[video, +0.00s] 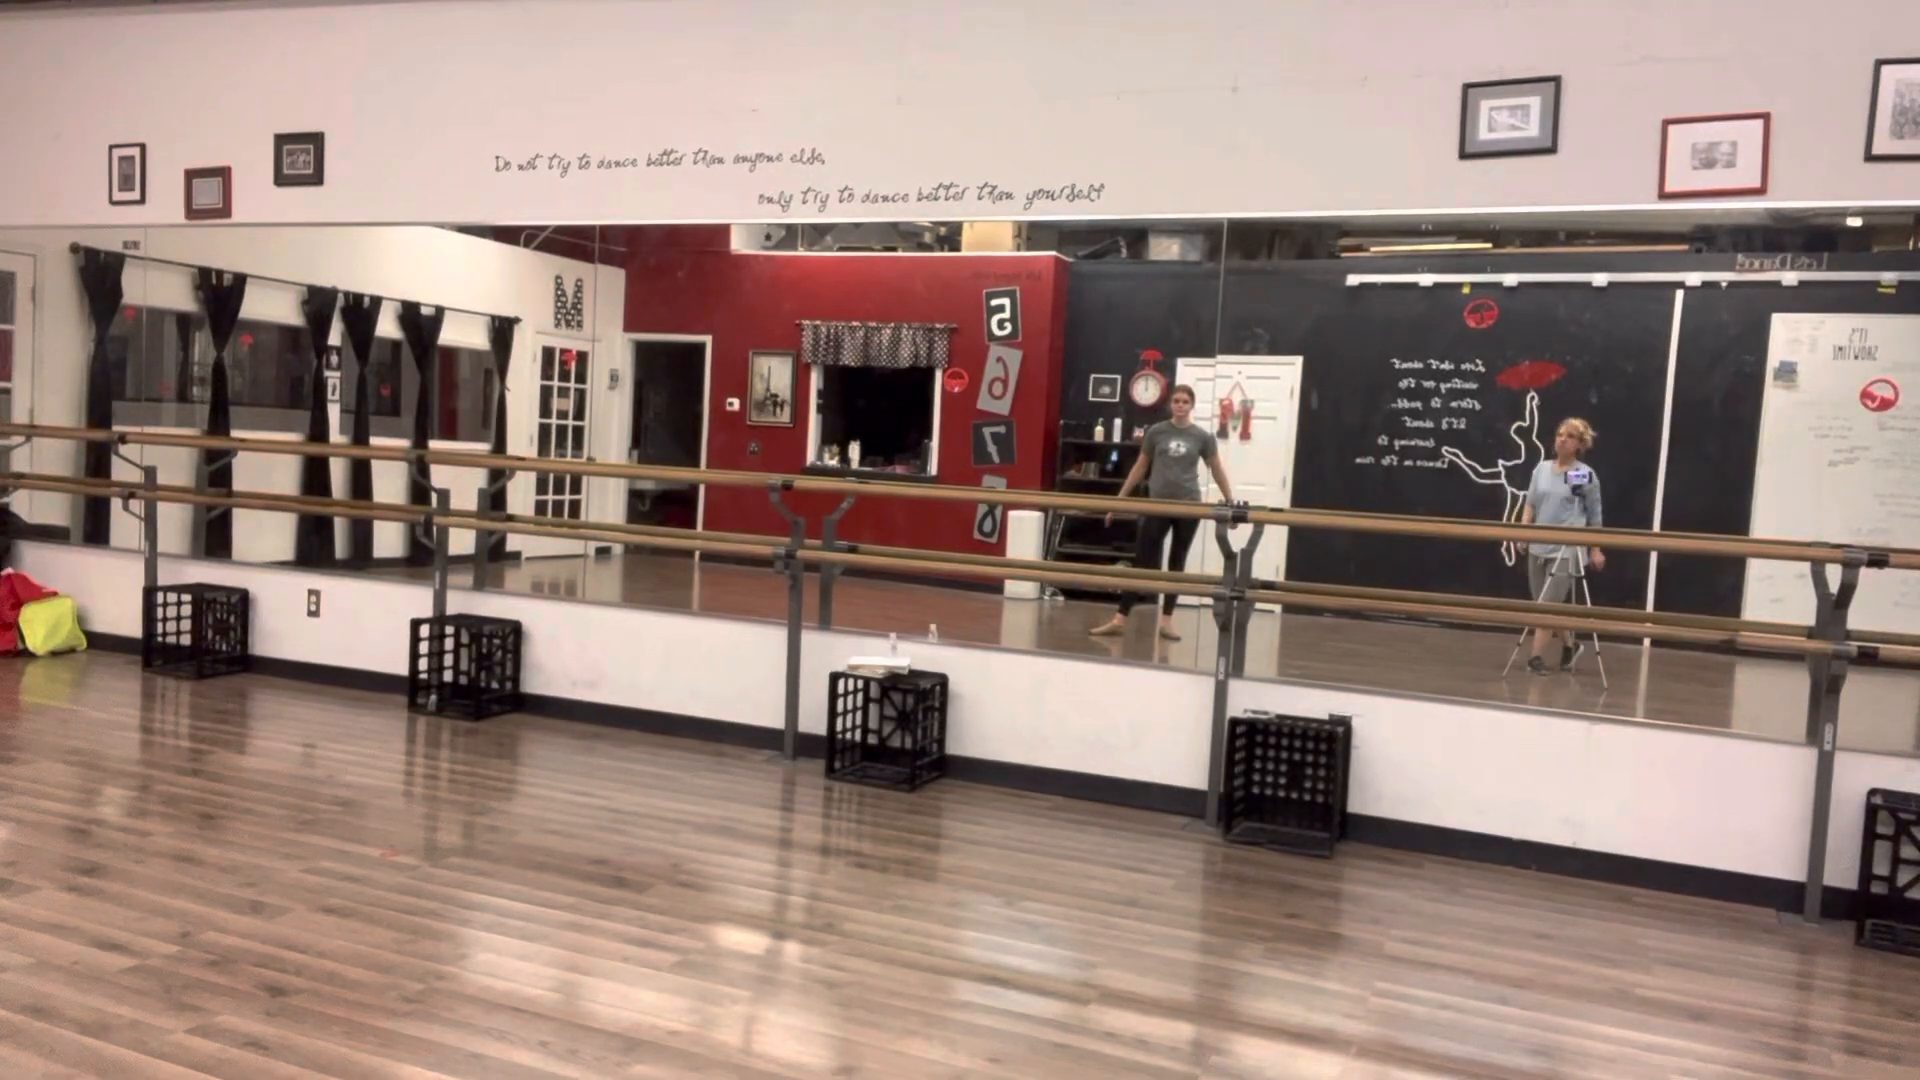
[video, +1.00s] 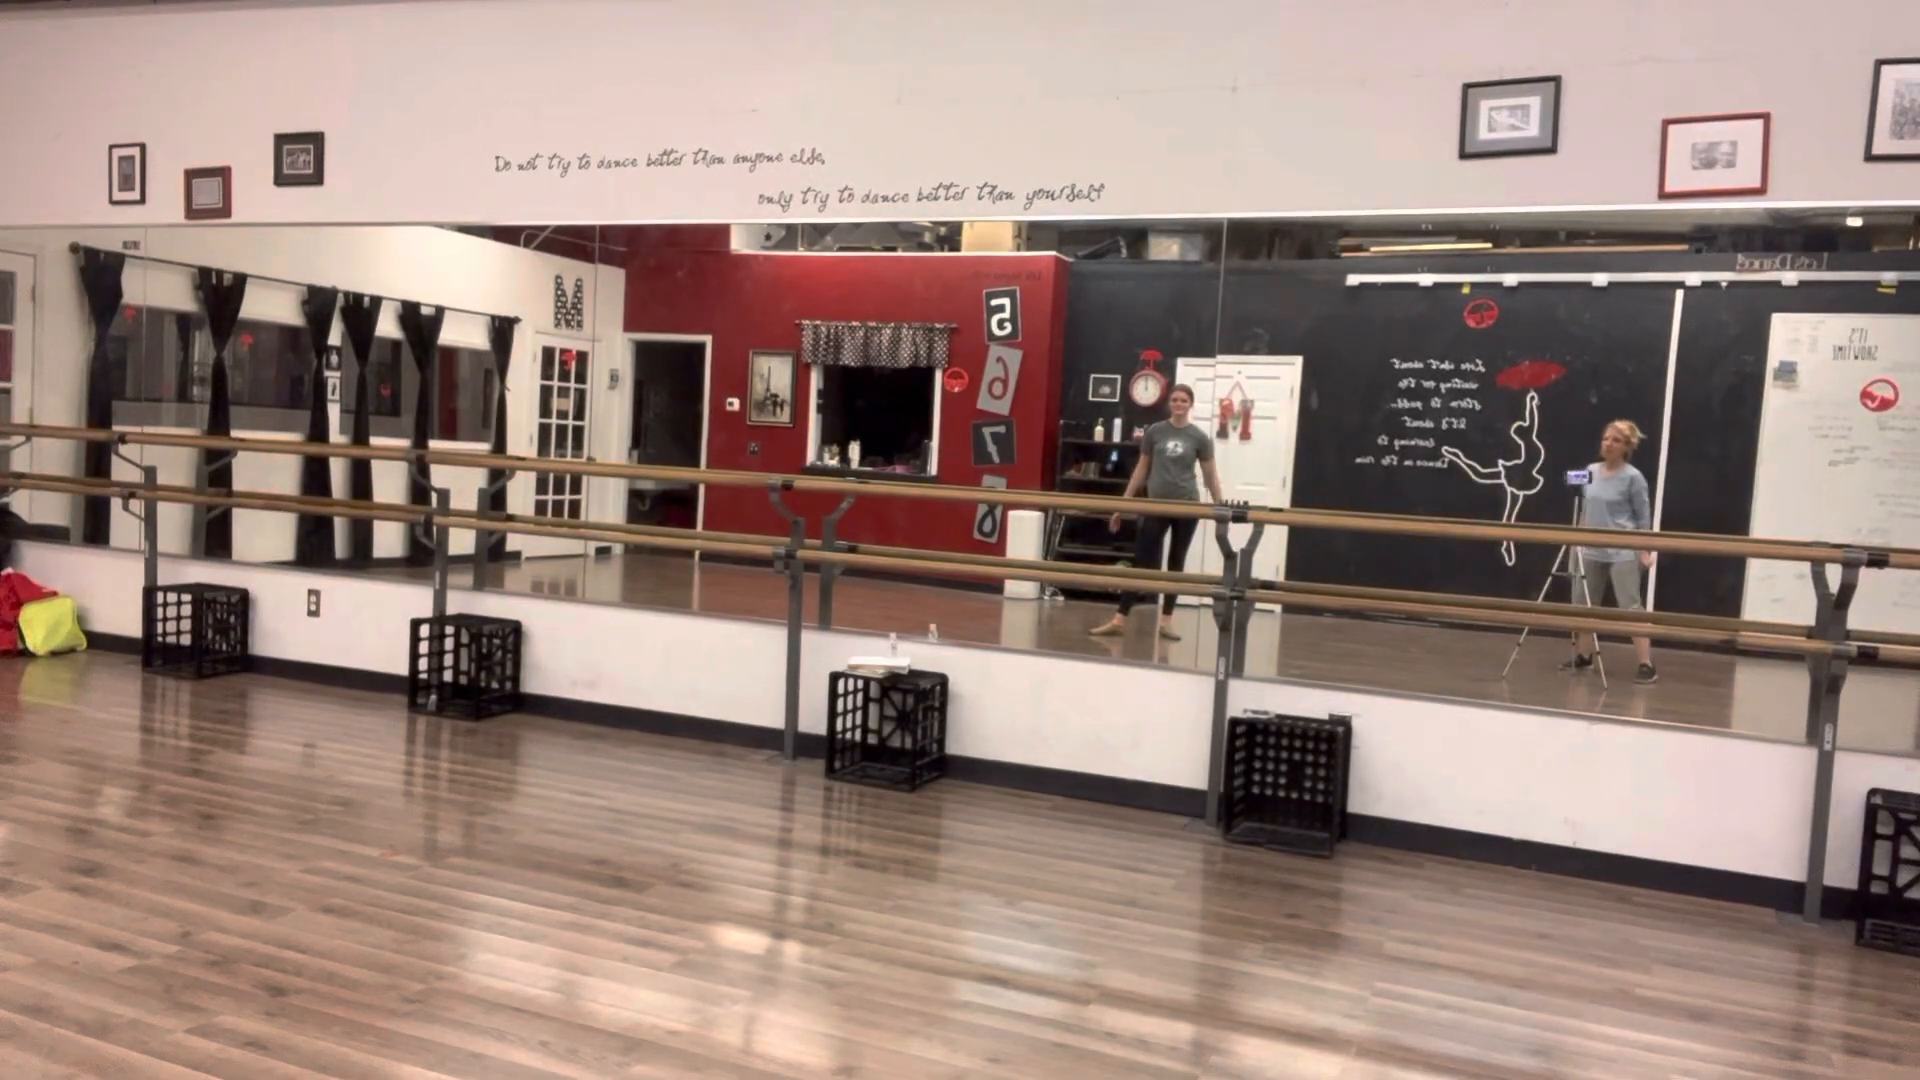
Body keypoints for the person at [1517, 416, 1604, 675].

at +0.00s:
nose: (1561, 440)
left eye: (1569, 437)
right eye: (1560, 435)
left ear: (1580, 445)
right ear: (1555, 439)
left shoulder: (1586, 475)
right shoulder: (1541, 469)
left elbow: (1595, 514)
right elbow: (1530, 504)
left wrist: (1595, 547)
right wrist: (1522, 531)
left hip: (1567, 549)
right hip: (1538, 546)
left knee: (1548, 602)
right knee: (1541, 603)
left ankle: (1535, 654)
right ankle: (1568, 642)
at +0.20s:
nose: (1560, 443)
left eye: (1567, 439)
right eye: (1559, 438)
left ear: (1581, 445)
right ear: (1556, 443)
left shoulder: (1592, 475)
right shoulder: (1553, 473)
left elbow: (1610, 510)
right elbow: (1546, 509)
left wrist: (1617, 543)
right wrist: (1544, 534)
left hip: (1578, 549)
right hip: (1552, 545)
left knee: (1553, 600)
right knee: (1561, 601)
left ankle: (1536, 653)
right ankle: (1581, 650)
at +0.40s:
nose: (1564, 448)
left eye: (1570, 443)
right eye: (1562, 443)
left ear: (1585, 446)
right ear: (1559, 447)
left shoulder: (1600, 474)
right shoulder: (1562, 477)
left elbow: (1623, 506)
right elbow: (1560, 517)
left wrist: (1636, 539)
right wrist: (1554, 548)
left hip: (1593, 547)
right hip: (1569, 545)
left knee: (1559, 594)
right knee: (1574, 600)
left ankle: (1542, 649)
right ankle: (1583, 653)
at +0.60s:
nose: (1573, 447)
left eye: (1580, 443)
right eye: (1571, 443)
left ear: (1594, 447)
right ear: (1569, 446)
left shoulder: (1608, 473)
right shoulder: (1570, 474)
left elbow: (1630, 504)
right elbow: (1569, 511)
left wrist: (1640, 538)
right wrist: (1565, 540)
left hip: (1604, 543)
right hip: (1578, 543)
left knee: (1571, 590)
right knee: (1577, 595)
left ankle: (1586, 647)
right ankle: (1584, 649)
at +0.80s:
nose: (1589, 444)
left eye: (1596, 440)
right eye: (1587, 439)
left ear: (1608, 447)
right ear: (1583, 443)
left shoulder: (1616, 475)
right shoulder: (1578, 472)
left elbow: (1632, 511)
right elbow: (1577, 509)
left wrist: (1635, 544)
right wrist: (1569, 537)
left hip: (1610, 548)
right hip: (1580, 546)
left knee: (1602, 598)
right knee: (1577, 602)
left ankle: (1628, 653)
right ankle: (1585, 653)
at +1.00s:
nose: (1608, 444)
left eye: (1616, 441)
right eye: (1606, 439)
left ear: (1627, 447)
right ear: (1601, 442)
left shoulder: (1634, 478)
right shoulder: (1590, 472)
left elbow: (1643, 516)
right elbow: (1585, 510)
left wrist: (1644, 548)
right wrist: (1576, 538)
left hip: (1623, 550)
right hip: (1590, 548)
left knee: (1631, 606)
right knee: (1582, 603)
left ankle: (1645, 661)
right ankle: (1583, 654)